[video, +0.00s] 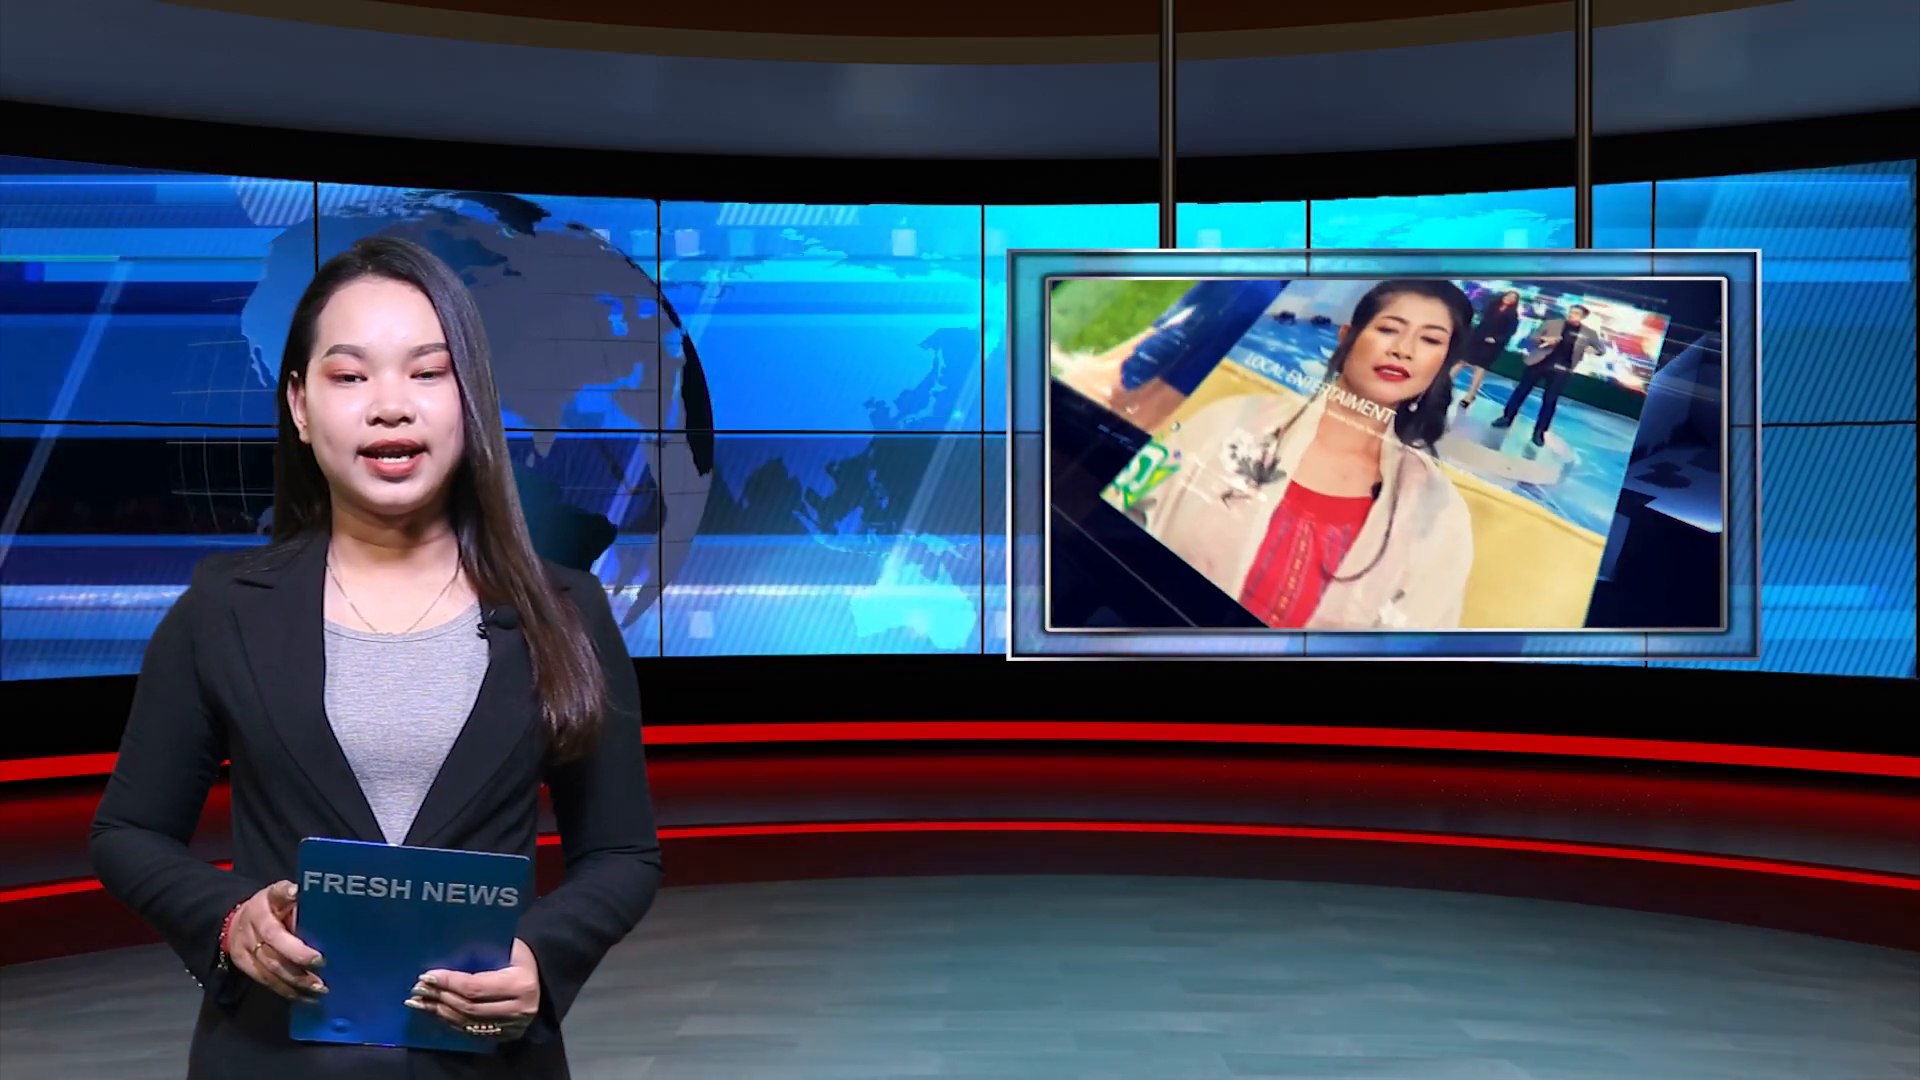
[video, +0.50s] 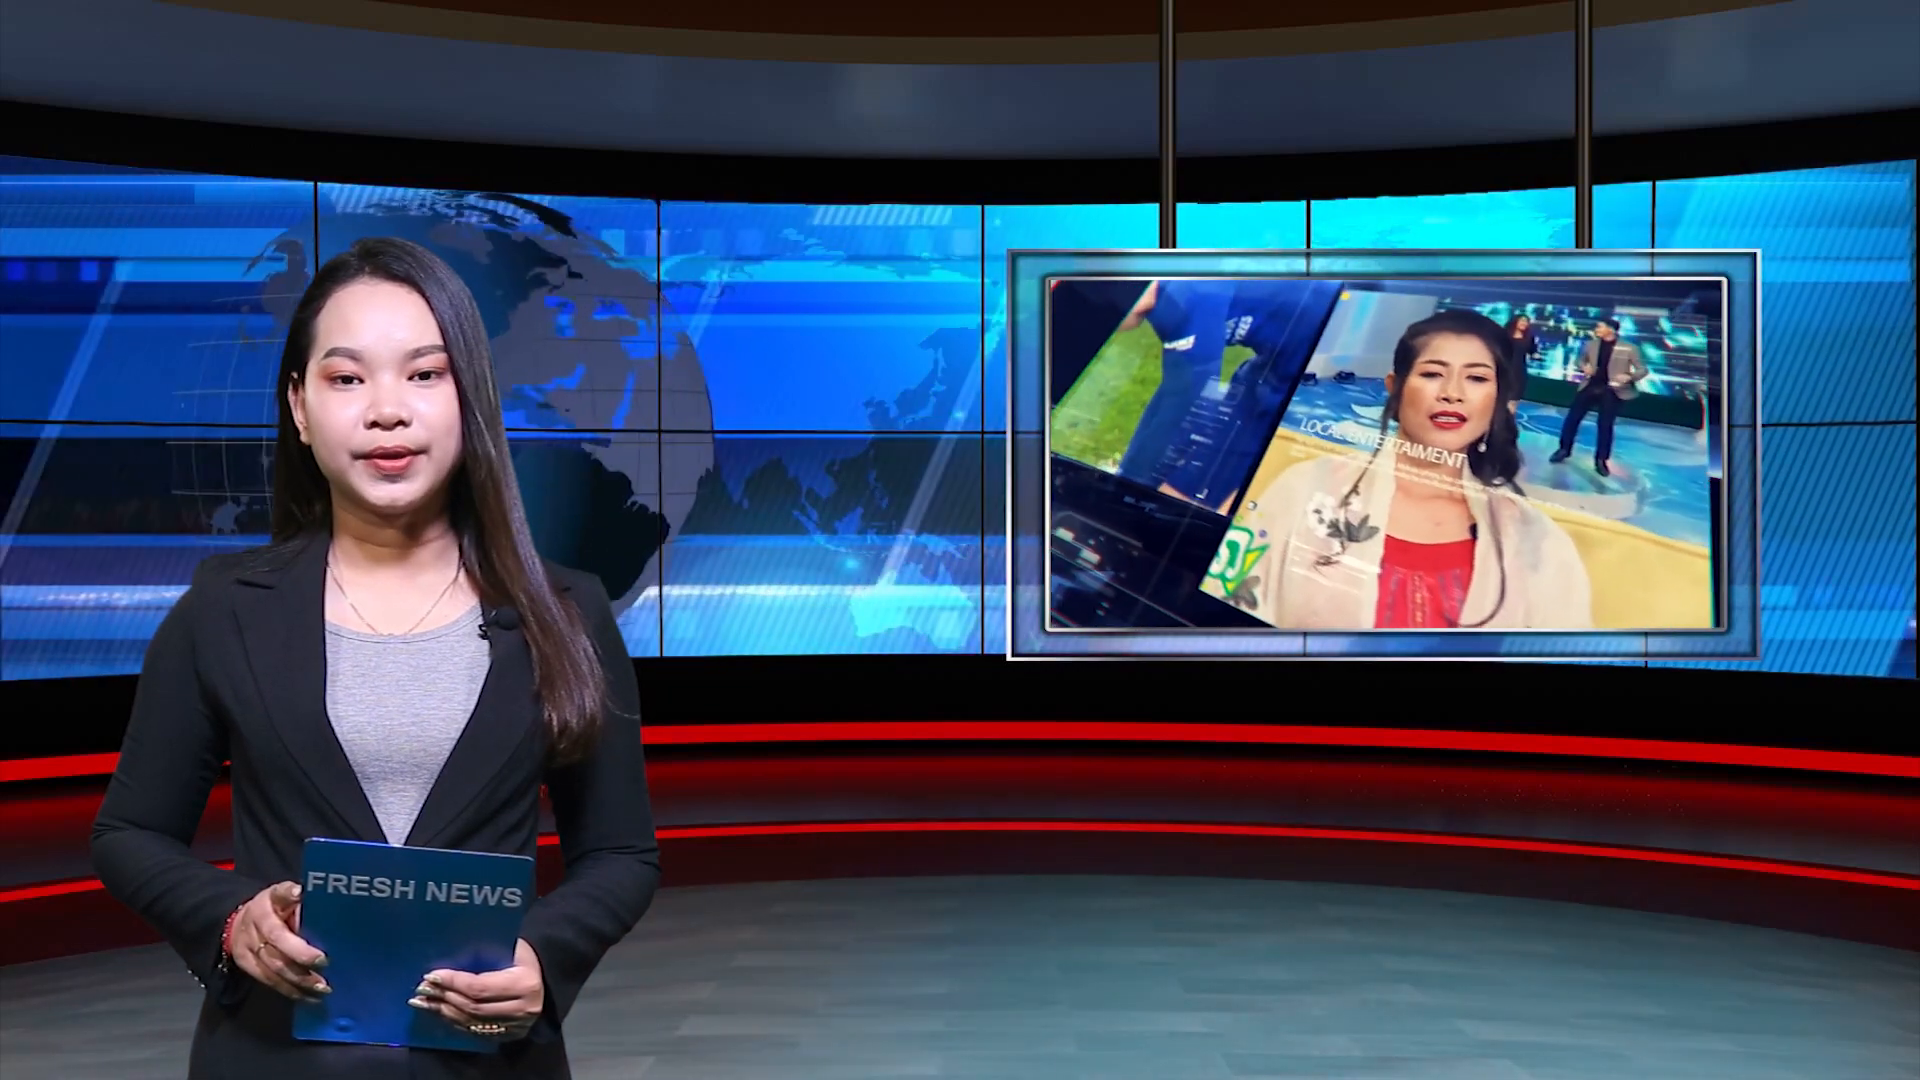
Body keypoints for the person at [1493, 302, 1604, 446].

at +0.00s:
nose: (1573, 316)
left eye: (1577, 314)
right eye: (1572, 313)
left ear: (1582, 318)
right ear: (1568, 313)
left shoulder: (1589, 334)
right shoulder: (1552, 324)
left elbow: (1601, 351)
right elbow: (1531, 339)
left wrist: (1591, 350)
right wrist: (1545, 339)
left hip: (1560, 371)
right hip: (1539, 364)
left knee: (1550, 402)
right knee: (1522, 390)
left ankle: (1539, 432)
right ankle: (1507, 418)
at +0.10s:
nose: (1575, 320)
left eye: (1579, 317)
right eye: (1573, 316)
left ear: (1585, 321)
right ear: (1570, 317)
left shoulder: (1591, 338)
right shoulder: (1557, 329)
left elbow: (1611, 351)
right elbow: (1539, 347)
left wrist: (1601, 349)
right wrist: (1553, 346)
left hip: (1569, 376)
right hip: (1546, 371)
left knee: (1560, 409)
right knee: (1530, 399)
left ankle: (1552, 439)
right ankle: (1517, 427)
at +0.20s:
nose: (1579, 321)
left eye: (1583, 318)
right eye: (1577, 317)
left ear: (1588, 321)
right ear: (1573, 318)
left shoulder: (1598, 338)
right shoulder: (1561, 332)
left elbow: (1621, 351)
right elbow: (1543, 349)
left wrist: (1613, 349)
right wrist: (1559, 348)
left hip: (1576, 379)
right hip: (1553, 374)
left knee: (1569, 412)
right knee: (1539, 402)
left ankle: (1562, 443)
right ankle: (1526, 432)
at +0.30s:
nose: (1586, 322)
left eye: (1590, 320)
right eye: (1585, 319)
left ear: (1597, 323)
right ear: (1581, 321)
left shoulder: (1607, 339)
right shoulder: (1571, 335)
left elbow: (1631, 354)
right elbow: (1557, 353)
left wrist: (1621, 352)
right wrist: (1570, 355)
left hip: (1589, 382)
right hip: (1566, 378)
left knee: (1583, 417)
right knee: (1552, 407)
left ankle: (1577, 449)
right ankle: (1541, 438)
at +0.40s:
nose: (1588, 326)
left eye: (1592, 323)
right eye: (1588, 322)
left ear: (1602, 326)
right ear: (1586, 325)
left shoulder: (1615, 343)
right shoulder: (1579, 340)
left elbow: (1637, 361)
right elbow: (1565, 357)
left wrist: (1625, 360)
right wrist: (1576, 362)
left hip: (1598, 386)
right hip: (1576, 382)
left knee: (1592, 419)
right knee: (1561, 411)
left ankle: (1587, 453)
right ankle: (1551, 443)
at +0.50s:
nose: (1596, 330)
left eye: (1600, 327)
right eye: (1596, 327)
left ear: (1610, 330)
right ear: (1599, 330)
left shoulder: (1629, 349)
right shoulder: (1591, 344)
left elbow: (1642, 370)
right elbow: (1580, 360)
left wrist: (1628, 378)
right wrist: (1585, 367)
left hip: (1612, 389)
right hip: (1591, 386)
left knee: (1605, 425)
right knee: (1573, 416)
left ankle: (1601, 459)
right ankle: (1564, 449)